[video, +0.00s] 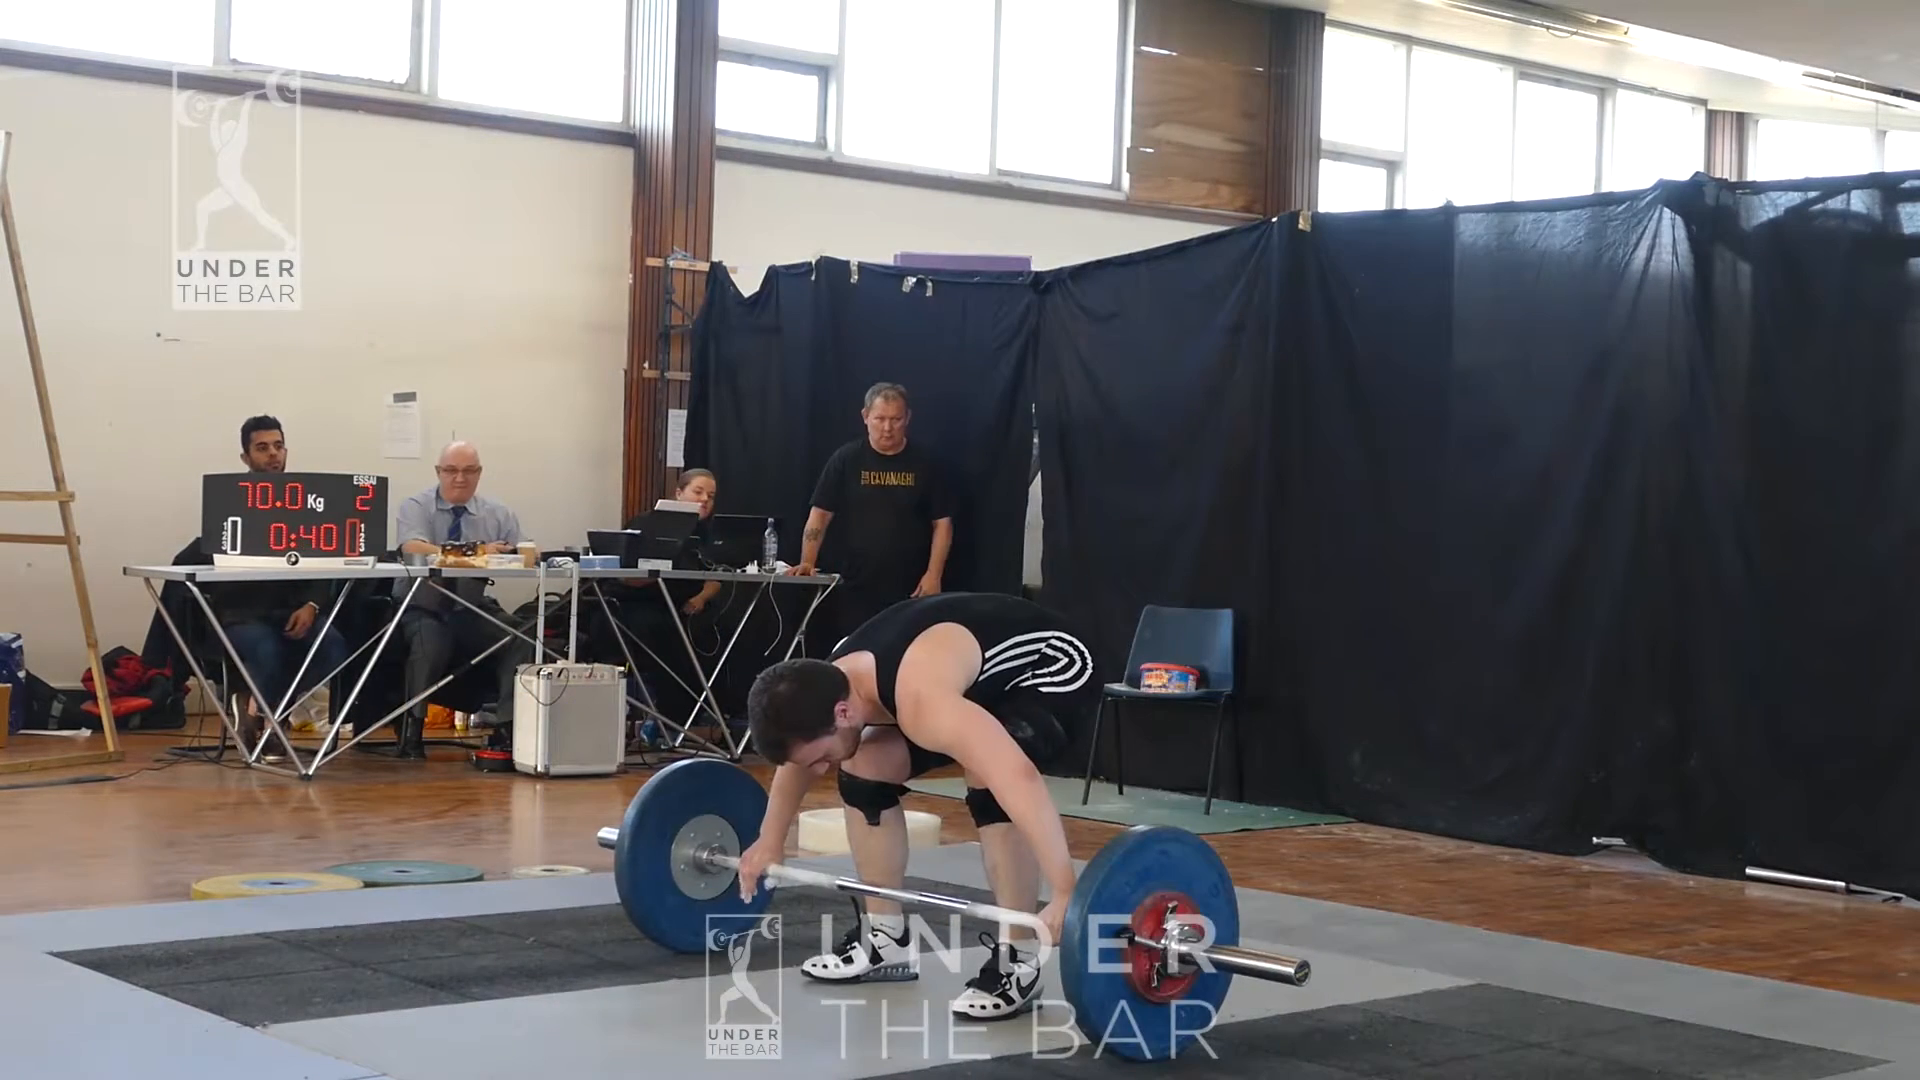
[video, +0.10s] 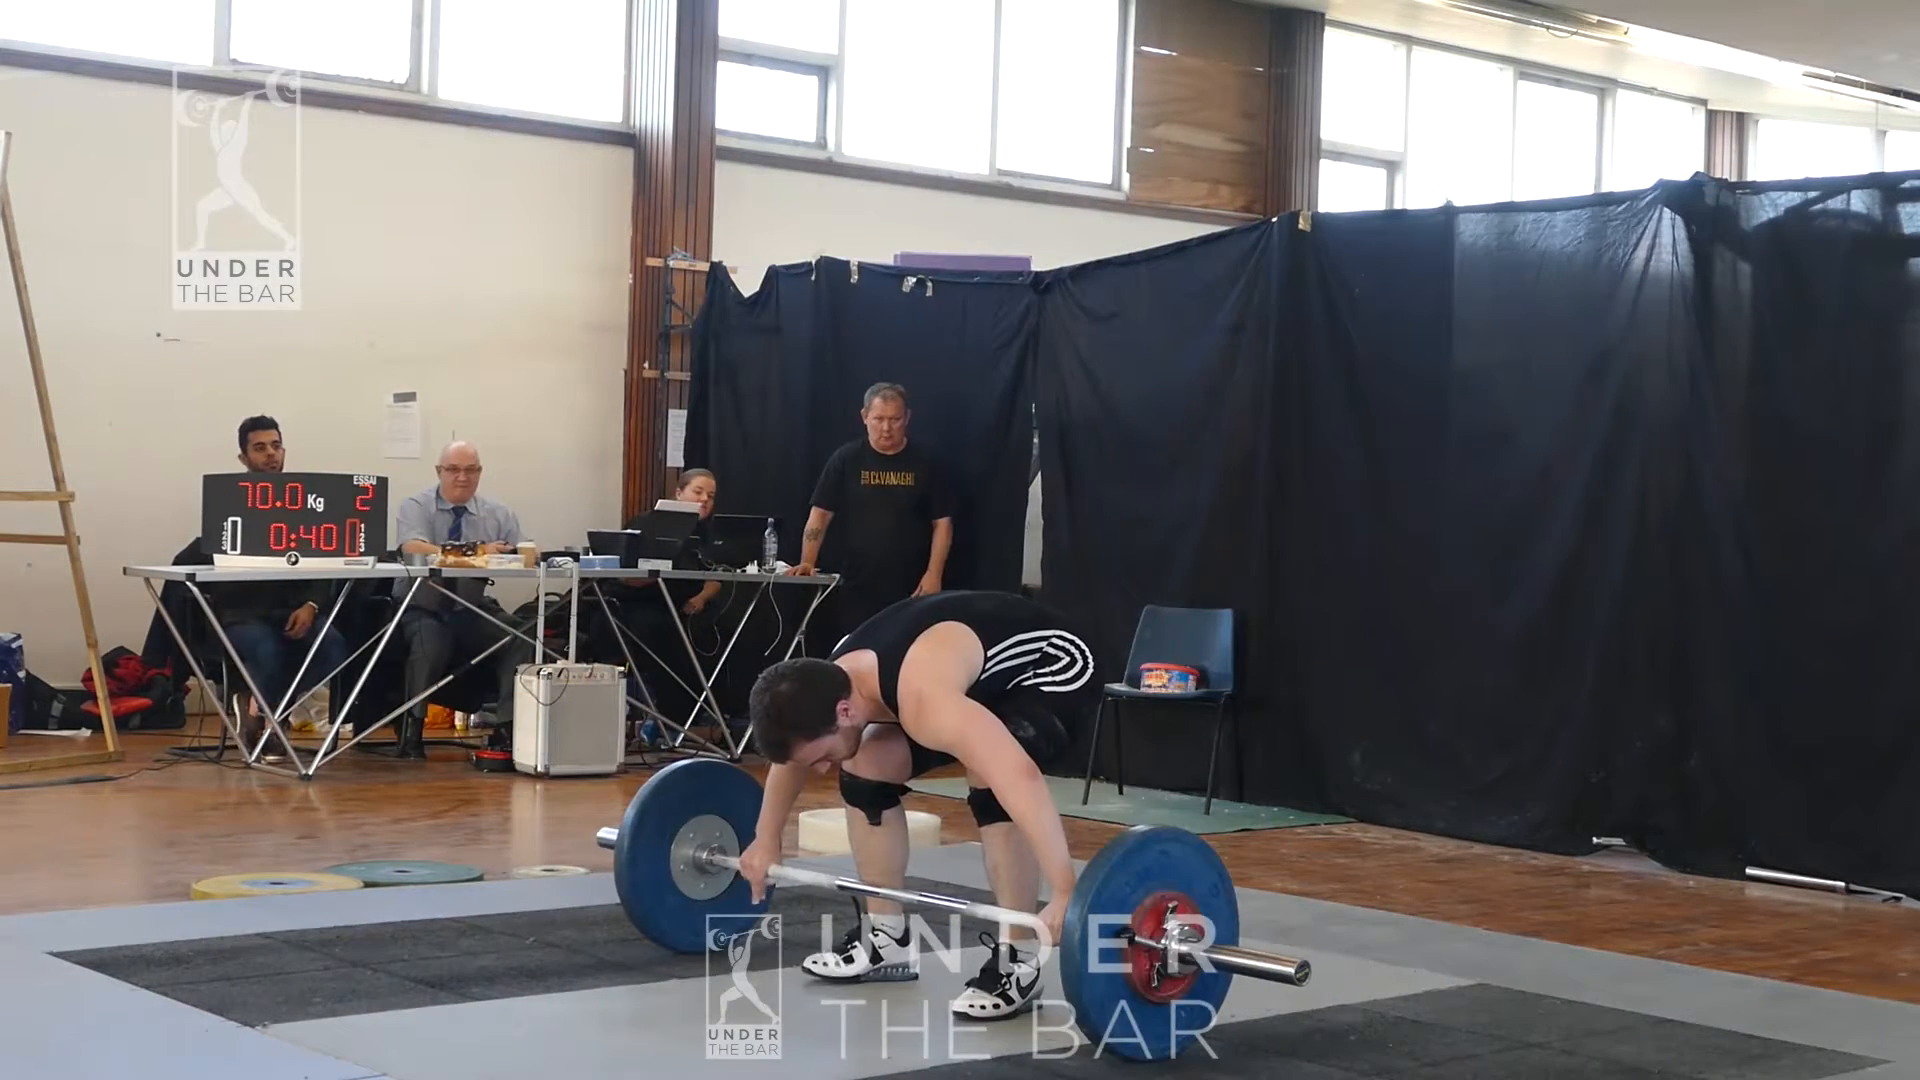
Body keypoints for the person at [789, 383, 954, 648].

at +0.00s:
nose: (887, 428)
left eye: (895, 419)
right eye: (880, 419)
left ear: (907, 419)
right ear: (865, 417)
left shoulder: (926, 463)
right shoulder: (845, 461)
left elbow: (942, 525)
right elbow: (819, 514)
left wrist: (933, 575)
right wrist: (807, 561)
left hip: (908, 590)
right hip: (855, 586)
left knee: (902, 673)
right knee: (852, 671)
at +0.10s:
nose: (886, 428)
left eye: (894, 419)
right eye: (879, 419)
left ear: (907, 419)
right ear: (865, 417)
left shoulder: (926, 463)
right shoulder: (845, 460)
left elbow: (942, 525)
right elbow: (820, 514)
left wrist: (933, 575)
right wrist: (807, 562)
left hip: (909, 589)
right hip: (856, 585)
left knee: (903, 671)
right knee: (853, 669)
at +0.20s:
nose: (885, 428)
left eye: (893, 419)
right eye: (878, 419)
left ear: (906, 418)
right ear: (864, 417)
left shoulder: (926, 462)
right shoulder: (845, 460)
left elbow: (943, 524)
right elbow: (820, 514)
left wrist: (935, 574)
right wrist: (807, 562)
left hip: (908, 587)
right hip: (856, 584)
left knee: (903, 671)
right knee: (854, 669)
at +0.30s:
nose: (885, 428)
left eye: (892, 420)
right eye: (877, 419)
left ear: (906, 418)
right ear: (863, 417)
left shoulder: (926, 463)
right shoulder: (845, 460)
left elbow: (943, 524)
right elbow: (820, 514)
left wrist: (936, 574)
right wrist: (807, 562)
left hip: (908, 586)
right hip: (855, 584)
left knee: (903, 670)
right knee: (853, 666)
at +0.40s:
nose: (884, 429)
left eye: (892, 420)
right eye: (876, 420)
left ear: (905, 419)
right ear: (863, 418)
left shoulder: (925, 463)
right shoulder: (845, 460)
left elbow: (942, 524)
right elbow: (821, 513)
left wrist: (937, 574)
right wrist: (807, 562)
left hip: (907, 585)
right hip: (856, 583)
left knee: (902, 669)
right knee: (853, 665)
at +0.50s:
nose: (883, 429)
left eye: (891, 421)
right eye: (875, 420)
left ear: (904, 419)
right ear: (862, 419)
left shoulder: (925, 463)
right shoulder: (843, 460)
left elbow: (941, 524)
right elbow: (821, 514)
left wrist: (936, 575)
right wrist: (807, 562)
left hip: (907, 585)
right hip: (855, 583)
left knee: (902, 670)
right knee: (853, 665)